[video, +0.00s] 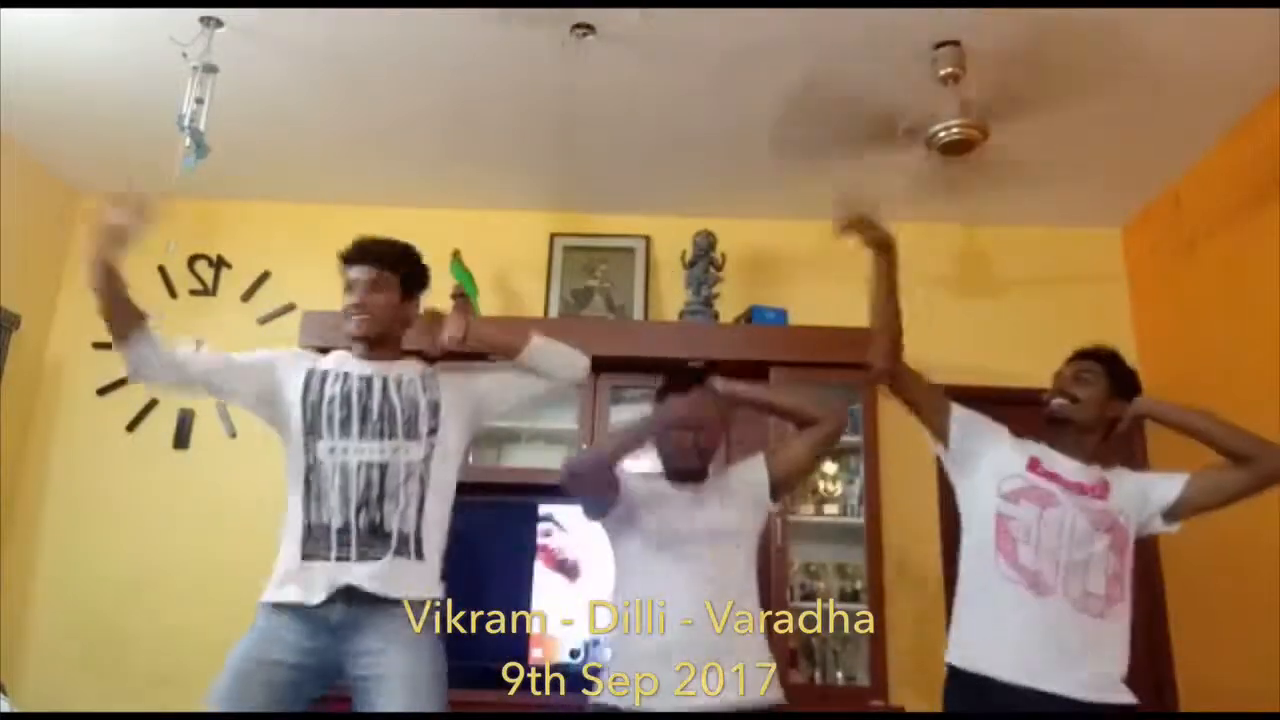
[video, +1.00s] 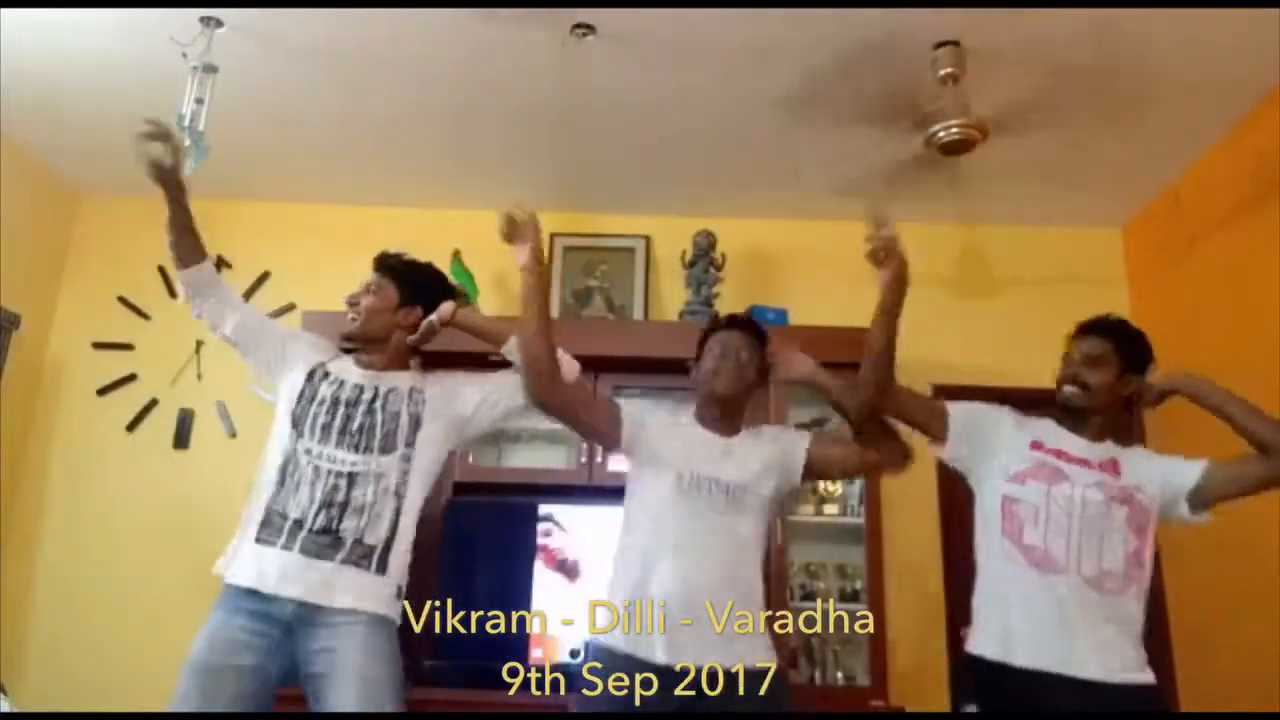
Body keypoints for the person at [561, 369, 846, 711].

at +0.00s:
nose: (690, 440)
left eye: (701, 427)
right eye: (678, 427)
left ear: (720, 431)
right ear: (657, 432)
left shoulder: (745, 489)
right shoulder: (625, 494)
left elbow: (830, 424)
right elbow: (578, 473)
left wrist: (739, 397)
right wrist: (652, 423)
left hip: (739, 698)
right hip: (637, 698)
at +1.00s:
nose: (722, 360)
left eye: (737, 354)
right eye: (714, 351)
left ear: (758, 376)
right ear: (694, 368)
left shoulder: (778, 449)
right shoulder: (646, 429)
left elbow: (889, 455)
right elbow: (545, 388)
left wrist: (818, 376)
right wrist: (532, 265)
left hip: (738, 677)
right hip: (630, 665)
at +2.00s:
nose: (842, 402)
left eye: (849, 390)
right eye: (829, 386)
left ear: (853, 399)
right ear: (784, 388)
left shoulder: (848, 495)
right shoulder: (733, 459)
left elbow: (889, 610)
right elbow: (690, 562)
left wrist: (979, 664)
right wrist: (607, 622)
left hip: (868, 691)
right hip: (779, 683)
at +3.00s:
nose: (604, 400)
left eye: (619, 387)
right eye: (605, 386)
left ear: (671, 393)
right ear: (647, 395)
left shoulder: (734, 462)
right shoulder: (611, 487)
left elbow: (801, 570)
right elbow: (526, 561)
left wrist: (908, 567)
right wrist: (434, 570)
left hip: (698, 695)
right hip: (600, 694)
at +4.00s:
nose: (718, 399)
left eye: (734, 389)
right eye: (708, 385)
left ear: (751, 401)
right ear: (688, 390)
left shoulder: (770, 469)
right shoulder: (645, 463)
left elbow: (868, 398)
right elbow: (587, 422)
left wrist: (774, 374)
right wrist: (662, 359)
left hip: (768, 695)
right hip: (659, 692)